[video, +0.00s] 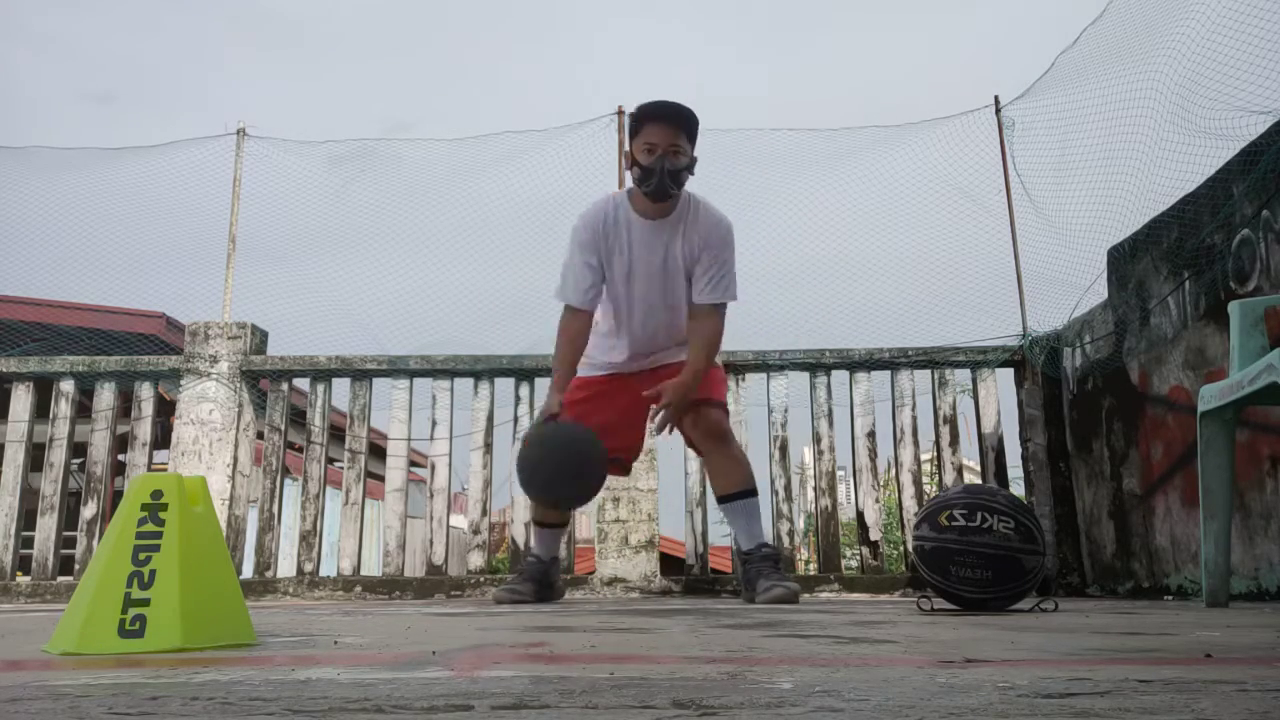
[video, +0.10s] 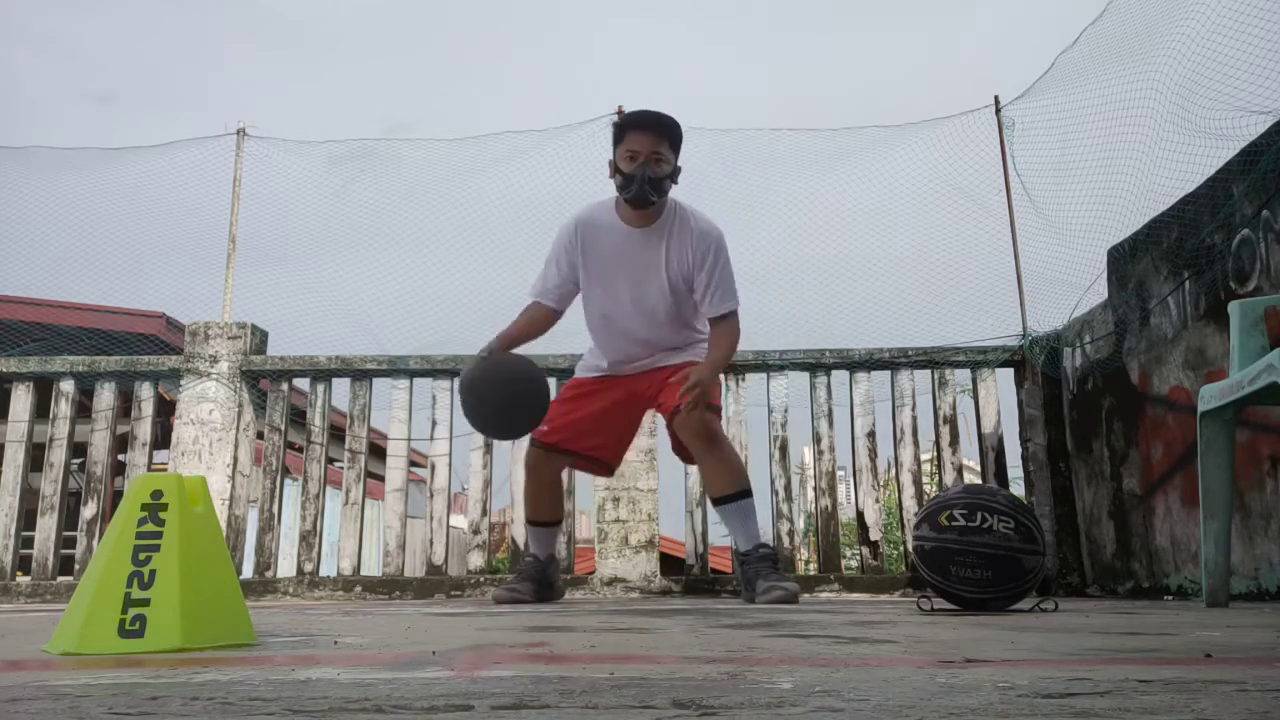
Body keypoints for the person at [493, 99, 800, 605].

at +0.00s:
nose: (659, 165)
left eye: (674, 154)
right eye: (648, 151)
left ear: (691, 161)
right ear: (630, 155)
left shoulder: (709, 227)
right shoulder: (598, 223)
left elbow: (708, 316)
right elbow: (577, 313)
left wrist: (689, 379)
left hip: (681, 362)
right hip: (607, 366)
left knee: (710, 426)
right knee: (556, 448)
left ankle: (758, 561)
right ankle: (541, 568)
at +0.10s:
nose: (642, 171)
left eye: (655, 161)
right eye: (631, 159)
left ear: (674, 169)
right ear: (613, 164)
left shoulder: (699, 235)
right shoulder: (584, 229)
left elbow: (724, 320)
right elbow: (548, 304)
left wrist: (711, 369)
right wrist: (499, 346)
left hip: (680, 365)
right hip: (605, 370)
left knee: (699, 425)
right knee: (542, 447)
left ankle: (756, 561)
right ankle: (540, 569)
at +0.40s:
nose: (687, 163)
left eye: (701, 153)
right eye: (676, 151)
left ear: (717, 164)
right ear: (657, 157)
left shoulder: (732, 238)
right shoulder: (618, 223)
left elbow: (735, 330)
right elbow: (604, 317)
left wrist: (740, 415)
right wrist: (615, 399)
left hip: (687, 362)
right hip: (617, 365)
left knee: (713, 423)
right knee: (555, 464)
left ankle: (755, 561)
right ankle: (542, 568)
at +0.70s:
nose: (718, 160)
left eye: (731, 151)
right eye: (707, 148)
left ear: (744, 160)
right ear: (684, 150)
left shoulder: (748, 226)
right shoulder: (645, 215)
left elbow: (770, 302)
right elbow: (633, 309)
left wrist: (823, 329)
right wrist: (696, 352)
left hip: (697, 357)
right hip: (622, 360)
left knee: (729, 426)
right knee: (576, 472)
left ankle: (760, 564)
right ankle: (543, 561)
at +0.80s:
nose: (703, 150)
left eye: (715, 141)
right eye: (692, 138)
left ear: (729, 150)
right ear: (669, 143)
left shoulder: (739, 216)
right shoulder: (632, 209)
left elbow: (753, 300)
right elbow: (641, 301)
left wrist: (760, 364)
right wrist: (690, 355)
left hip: (696, 351)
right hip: (620, 354)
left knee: (730, 434)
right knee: (574, 462)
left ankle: (760, 565)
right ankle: (543, 563)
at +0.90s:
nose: (681, 148)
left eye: (693, 138)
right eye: (669, 136)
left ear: (708, 146)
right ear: (648, 141)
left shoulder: (721, 213)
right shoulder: (615, 208)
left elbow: (718, 304)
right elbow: (621, 300)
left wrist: (692, 373)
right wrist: (639, 380)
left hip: (687, 358)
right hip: (614, 359)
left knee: (718, 433)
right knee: (568, 460)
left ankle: (761, 564)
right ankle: (541, 568)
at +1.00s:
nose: (659, 153)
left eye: (672, 143)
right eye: (648, 141)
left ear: (689, 151)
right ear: (630, 145)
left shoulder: (707, 221)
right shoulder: (595, 216)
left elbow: (706, 316)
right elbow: (574, 303)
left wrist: (672, 372)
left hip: (680, 359)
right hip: (602, 364)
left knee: (710, 429)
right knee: (558, 441)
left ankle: (759, 563)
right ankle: (541, 568)